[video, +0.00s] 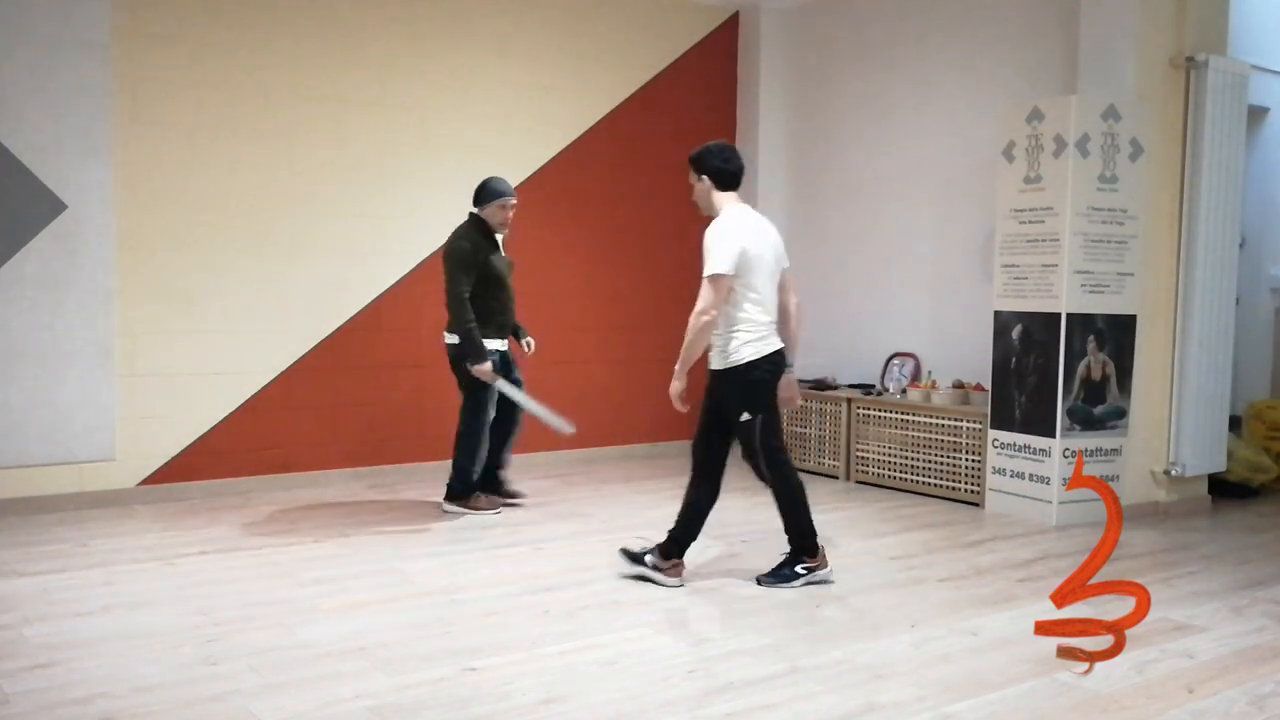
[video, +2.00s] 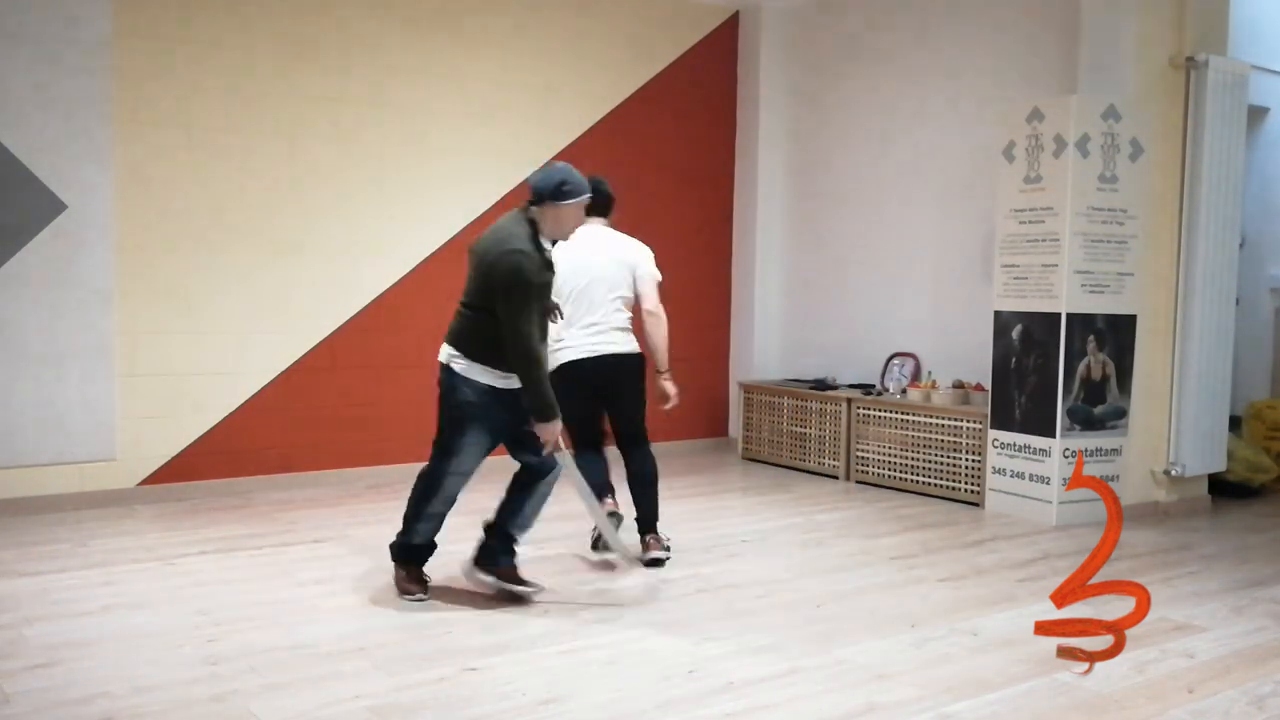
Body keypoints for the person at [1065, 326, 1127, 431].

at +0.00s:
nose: (1087, 346)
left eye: (1091, 342)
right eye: (1088, 342)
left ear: (1098, 345)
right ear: (1088, 345)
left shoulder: (1108, 364)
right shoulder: (1084, 364)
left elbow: (1113, 389)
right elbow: (1076, 390)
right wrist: (1070, 408)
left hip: (1103, 406)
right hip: (1086, 406)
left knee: (1121, 411)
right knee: (1071, 410)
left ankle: (1086, 425)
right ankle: (1101, 425)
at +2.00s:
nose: (1087, 345)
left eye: (1091, 342)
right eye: (1088, 342)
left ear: (1099, 344)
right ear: (1088, 345)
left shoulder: (1108, 364)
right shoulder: (1083, 365)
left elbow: (1113, 388)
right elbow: (1076, 390)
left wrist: (1115, 406)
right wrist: (1070, 408)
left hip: (1102, 405)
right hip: (1086, 405)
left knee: (1121, 411)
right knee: (1071, 410)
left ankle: (1086, 425)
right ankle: (1101, 425)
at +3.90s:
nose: (1088, 345)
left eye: (1091, 342)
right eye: (1088, 342)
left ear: (1098, 344)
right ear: (1087, 344)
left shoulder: (1108, 364)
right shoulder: (1084, 364)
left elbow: (1114, 390)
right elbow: (1076, 390)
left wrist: (1108, 406)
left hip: (1102, 406)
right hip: (1085, 406)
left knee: (1121, 411)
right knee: (1071, 410)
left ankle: (1086, 425)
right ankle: (1100, 425)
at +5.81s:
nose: (1088, 345)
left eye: (1091, 342)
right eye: (1088, 342)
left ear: (1099, 344)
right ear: (1087, 345)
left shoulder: (1108, 364)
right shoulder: (1084, 365)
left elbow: (1114, 391)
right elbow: (1076, 390)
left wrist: (1107, 407)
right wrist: (1070, 409)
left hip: (1103, 406)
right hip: (1086, 405)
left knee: (1121, 411)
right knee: (1071, 410)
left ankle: (1085, 425)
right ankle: (1100, 425)